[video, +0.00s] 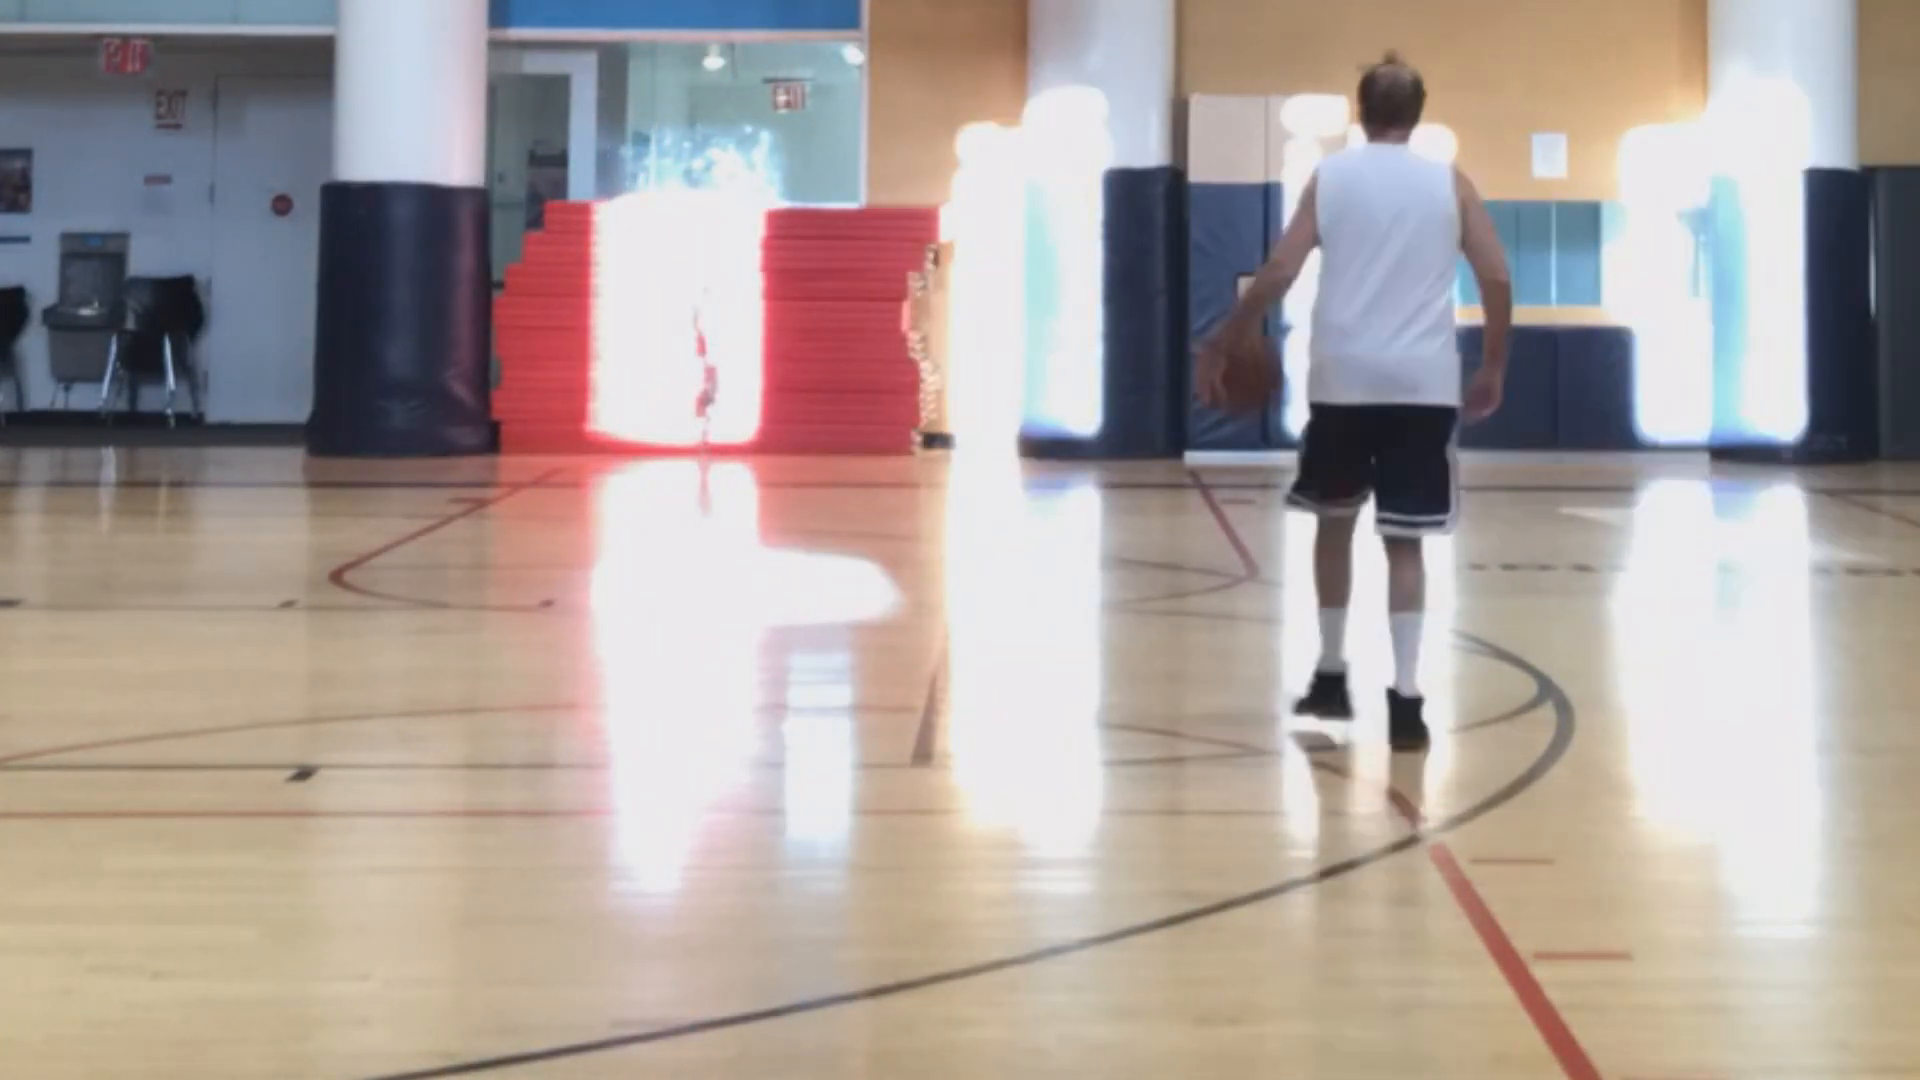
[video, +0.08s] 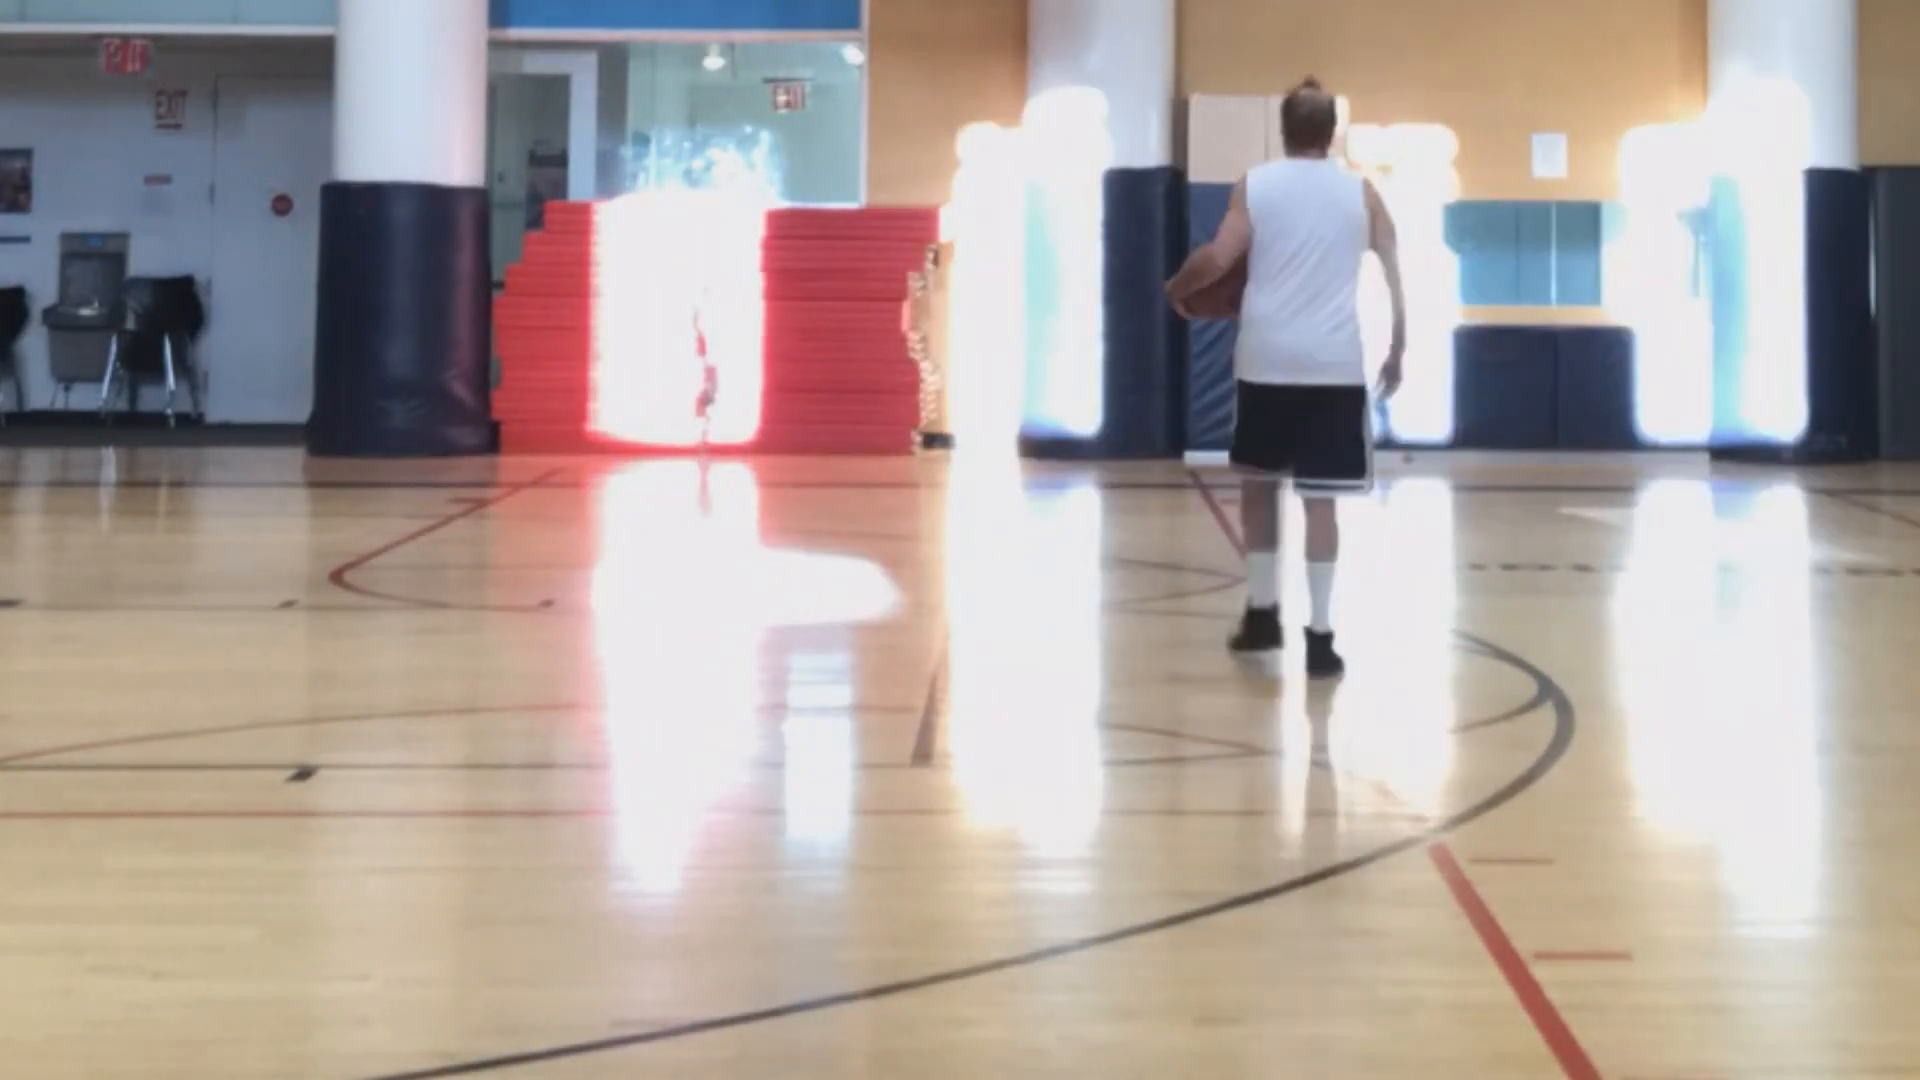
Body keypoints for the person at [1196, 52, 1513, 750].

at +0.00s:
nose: (1377, 118)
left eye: (1366, 106)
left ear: (1360, 114)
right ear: (1418, 118)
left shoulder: (1330, 177)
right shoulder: (1450, 181)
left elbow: (1279, 275)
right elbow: (1496, 277)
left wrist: (1231, 334)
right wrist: (1494, 367)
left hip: (1342, 382)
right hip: (1424, 386)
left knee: (1335, 525)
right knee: (1405, 540)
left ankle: (1331, 676)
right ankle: (1406, 699)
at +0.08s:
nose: (1314, 136)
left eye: (1294, 127)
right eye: (1327, 128)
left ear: (1284, 131)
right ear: (1332, 134)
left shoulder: (1256, 184)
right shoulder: (1360, 192)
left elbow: (1219, 258)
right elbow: (1394, 279)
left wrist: (1177, 289)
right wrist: (1397, 351)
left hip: (1263, 366)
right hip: (1334, 367)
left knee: (1257, 484)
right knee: (1321, 500)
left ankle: (1263, 613)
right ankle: (1320, 637)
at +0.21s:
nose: (1271, 161)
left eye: (1264, 156)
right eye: (1278, 156)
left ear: (1251, 160)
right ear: (1286, 162)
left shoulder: (1224, 195)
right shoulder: (1307, 203)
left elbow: (1192, 256)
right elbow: (1332, 270)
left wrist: (1164, 277)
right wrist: (1339, 326)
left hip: (1231, 338)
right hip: (1285, 340)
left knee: (1230, 433)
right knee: (1275, 447)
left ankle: (1233, 506)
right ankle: (1269, 550)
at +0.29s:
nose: (1228, 170)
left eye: (1225, 163)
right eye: (1234, 162)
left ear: (1222, 165)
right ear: (1257, 165)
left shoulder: (1203, 204)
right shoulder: (1275, 205)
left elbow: (1180, 262)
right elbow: (1291, 271)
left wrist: (1156, 280)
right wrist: (1293, 323)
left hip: (1210, 329)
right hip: (1258, 330)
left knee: (1225, 418)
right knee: (1258, 411)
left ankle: (1236, 504)